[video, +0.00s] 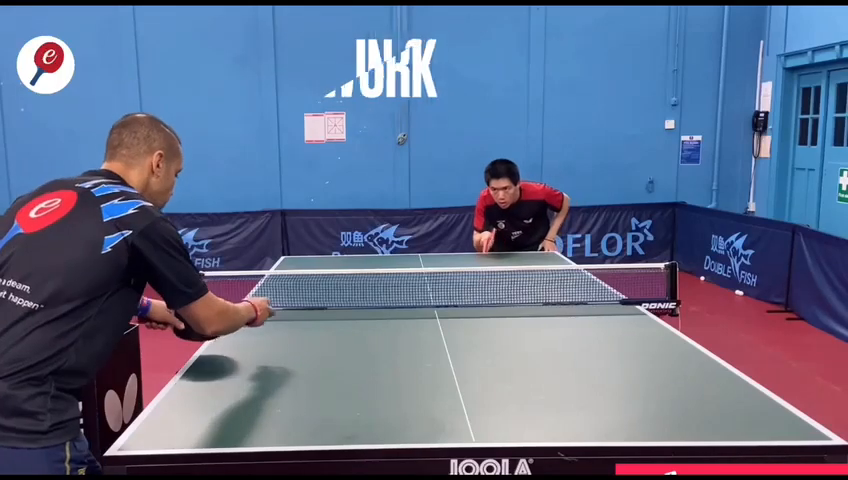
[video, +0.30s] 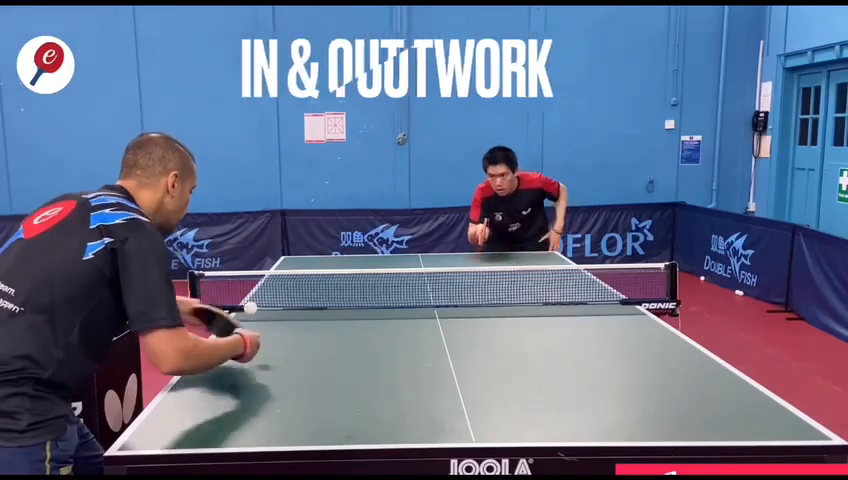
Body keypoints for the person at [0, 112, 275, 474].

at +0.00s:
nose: (172, 192)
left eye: (177, 179)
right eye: (175, 177)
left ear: (111, 155)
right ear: (156, 164)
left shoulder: (41, 195)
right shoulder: (142, 220)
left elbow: (65, 284)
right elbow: (207, 321)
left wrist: (151, 310)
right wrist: (247, 312)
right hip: (35, 431)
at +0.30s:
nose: (187, 209)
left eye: (192, 195)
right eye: (191, 194)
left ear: (128, 174)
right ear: (171, 185)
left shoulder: (64, 207)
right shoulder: (137, 233)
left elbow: (87, 296)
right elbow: (171, 356)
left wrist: (172, 305)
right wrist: (236, 344)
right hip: (23, 418)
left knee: (91, 464)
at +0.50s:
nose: (179, 191)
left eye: (183, 177)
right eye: (181, 176)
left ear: (118, 161)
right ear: (161, 169)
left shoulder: (80, 195)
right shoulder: (112, 217)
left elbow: (163, 254)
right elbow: (134, 342)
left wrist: (248, 260)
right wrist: (201, 330)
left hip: (40, 402)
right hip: (16, 412)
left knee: (92, 469)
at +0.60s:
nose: (170, 167)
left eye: (172, 156)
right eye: (170, 155)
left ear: (104, 145)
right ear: (148, 152)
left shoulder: (65, 184)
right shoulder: (104, 209)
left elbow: (127, 259)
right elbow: (120, 338)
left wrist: (219, 256)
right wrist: (178, 335)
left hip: (44, 405)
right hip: (16, 414)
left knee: (91, 468)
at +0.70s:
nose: (153, 153)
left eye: (154, 141)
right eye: (152, 140)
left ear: (82, 133)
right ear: (130, 136)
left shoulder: (34, 182)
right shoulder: (90, 202)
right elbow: (104, 338)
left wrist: (161, 272)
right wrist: (158, 341)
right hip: (23, 427)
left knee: (97, 469)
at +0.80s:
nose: (137, 139)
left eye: (137, 125)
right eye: (135, 124)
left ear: (62, 121)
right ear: (112, 123)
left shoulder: (14, 173)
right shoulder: (78, 197)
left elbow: (29, 301)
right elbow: (87, 336)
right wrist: (137, 346)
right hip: (29, 436)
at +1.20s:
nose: (112, 120)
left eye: (112, 107)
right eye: (111, 106)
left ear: (36, 106)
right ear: (85, 106)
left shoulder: (7, 162)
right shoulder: (70, 188)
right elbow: (81, 329)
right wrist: (126, 336)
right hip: (28, 432)